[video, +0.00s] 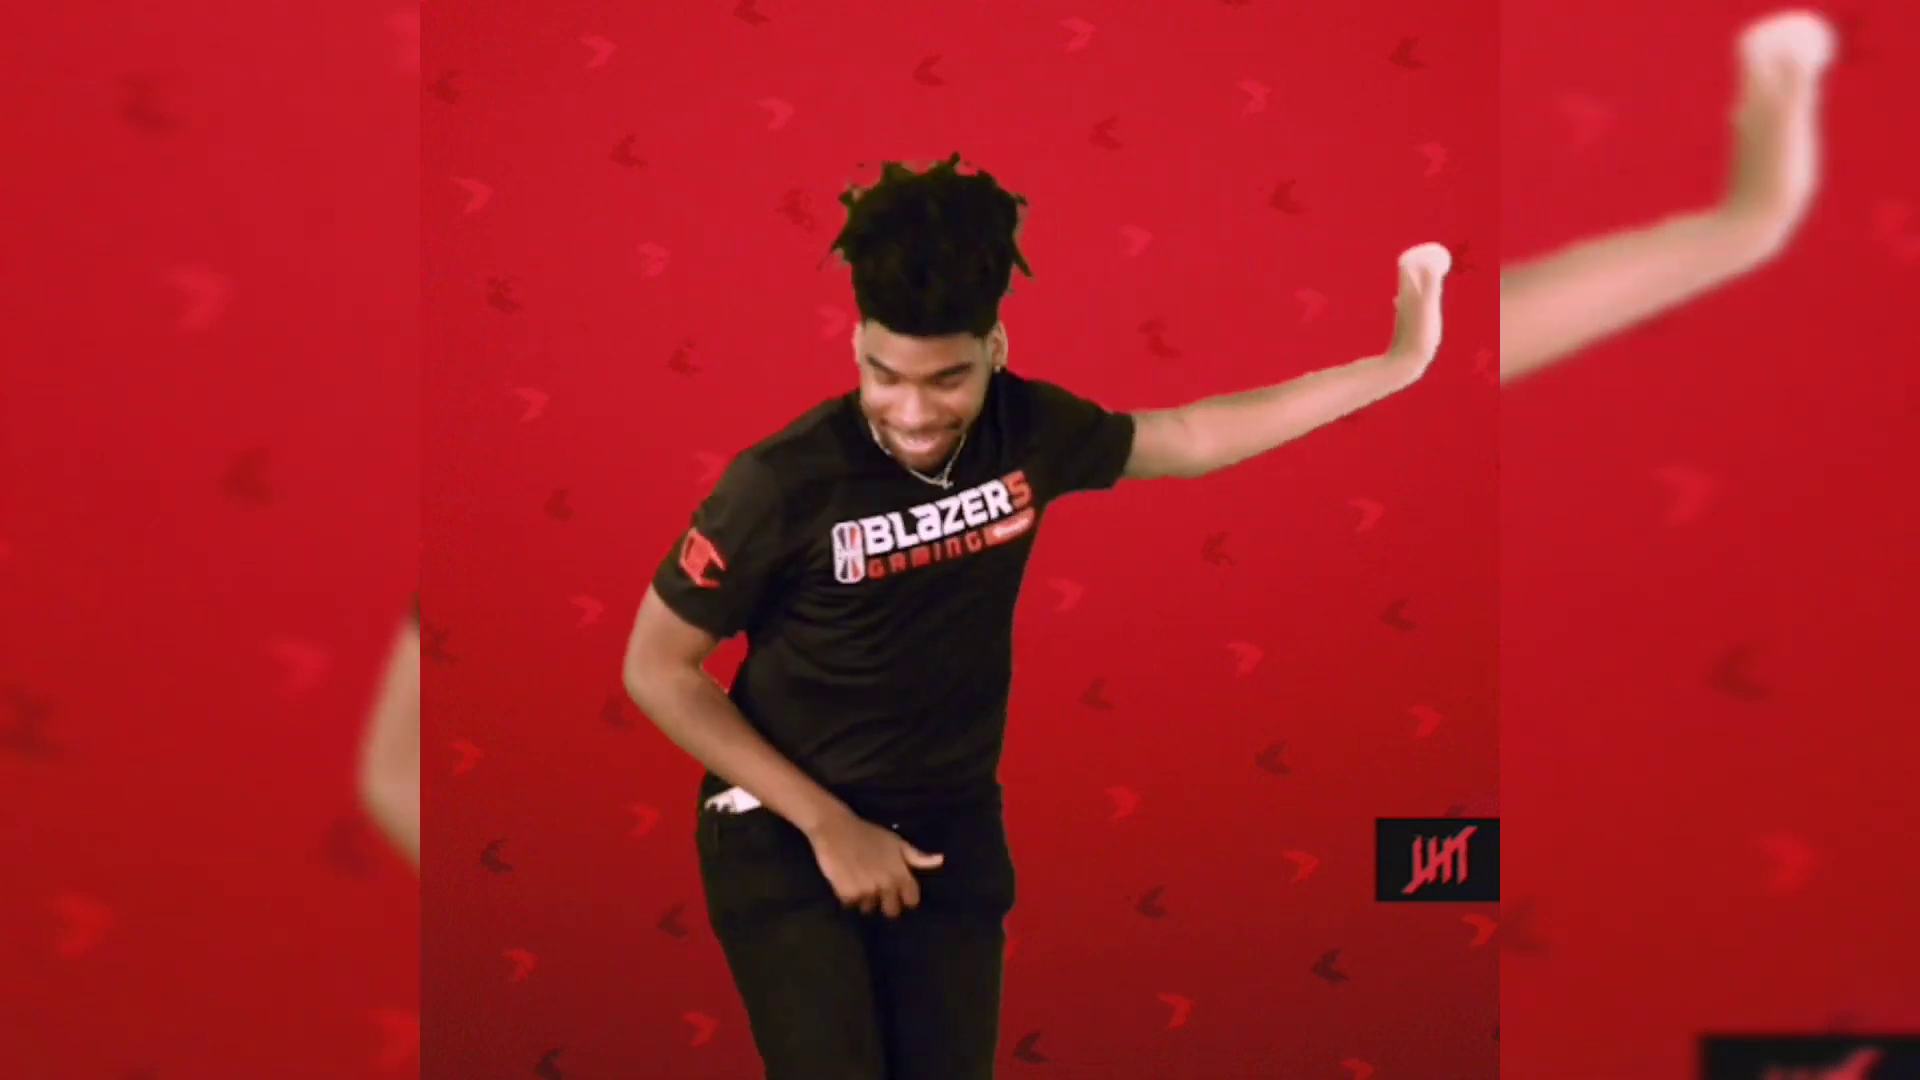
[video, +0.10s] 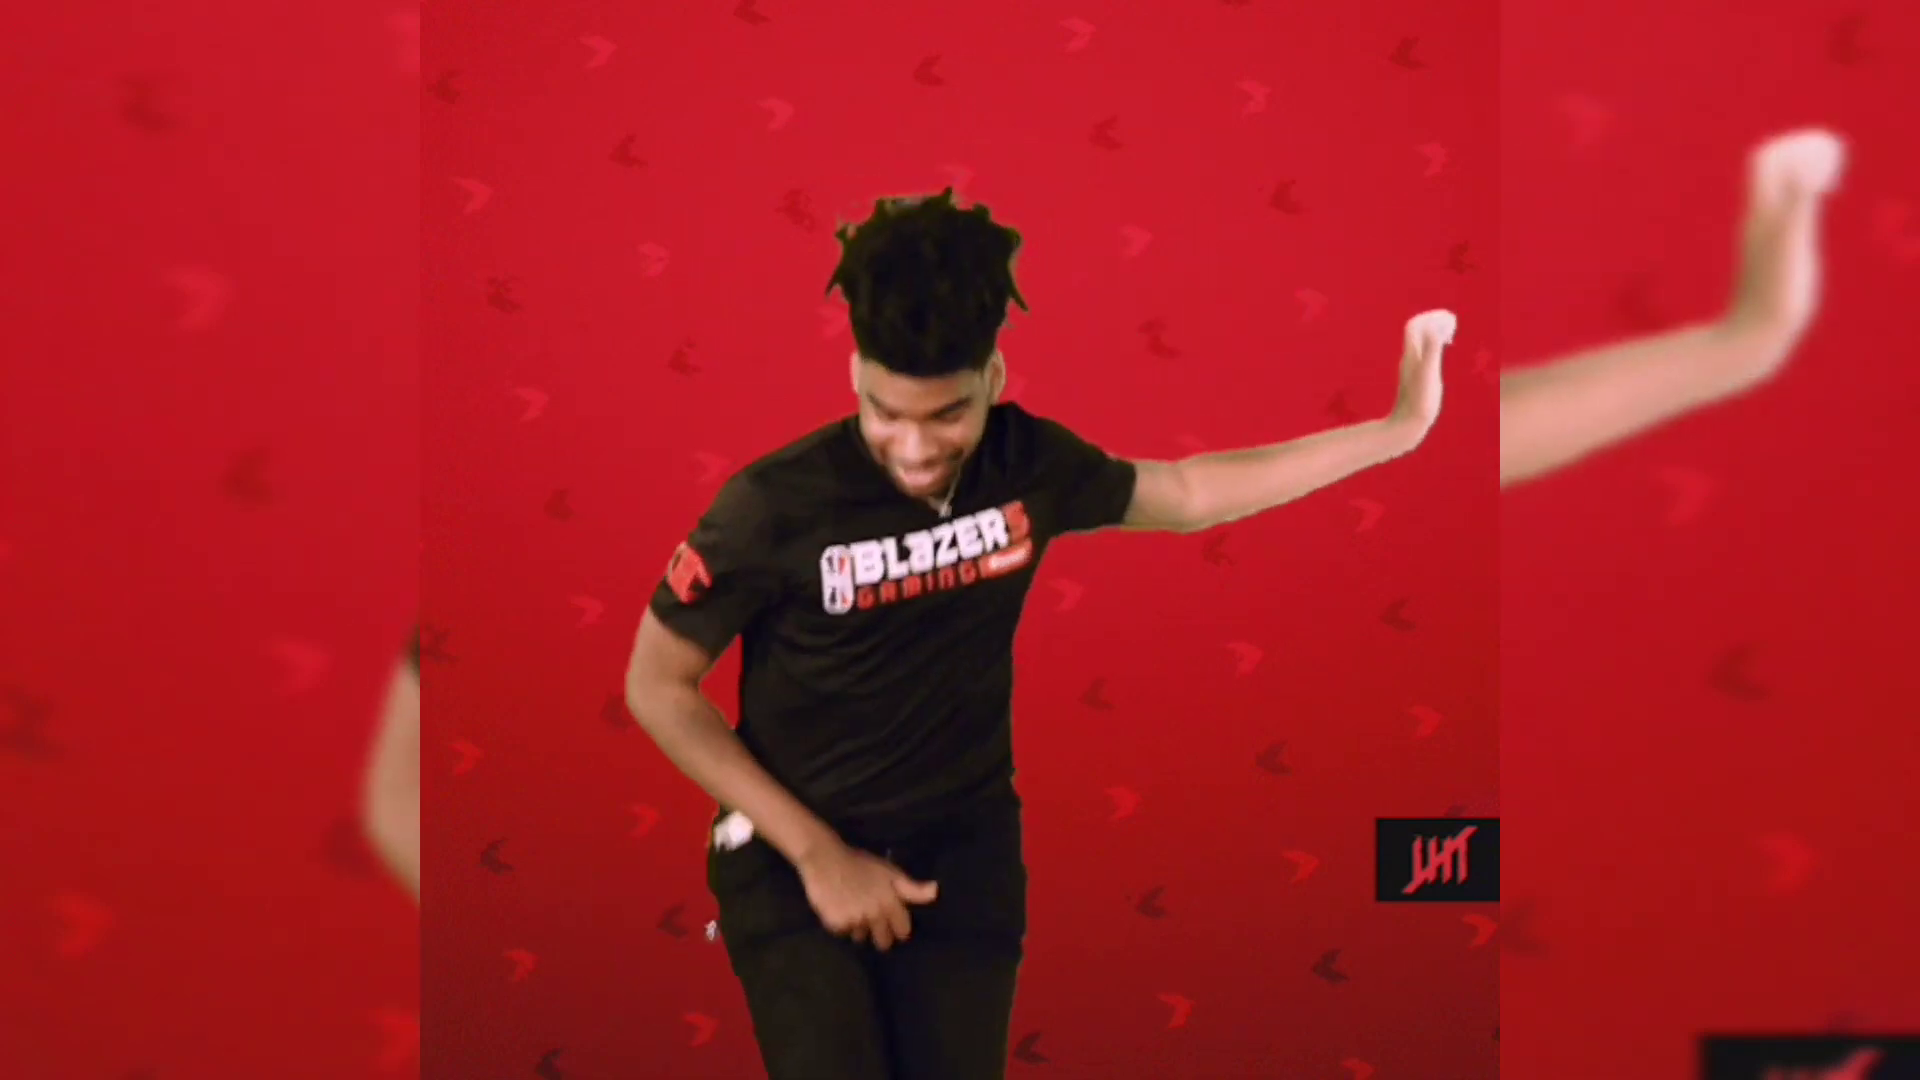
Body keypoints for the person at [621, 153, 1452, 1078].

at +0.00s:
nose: (914, 411)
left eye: (946, 377)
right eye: (885, 375)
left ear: (998, 340)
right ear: (853, 338)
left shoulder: (1034, 429)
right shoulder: (782, 484)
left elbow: (1192, 440)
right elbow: (653, 670)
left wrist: (1400, 365)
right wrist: (824, 817)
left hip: (950, 834)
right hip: (781, 839)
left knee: (954, 1061)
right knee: (837, 1059)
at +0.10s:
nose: (913, 444)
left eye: (945, 414)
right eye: (885, 413)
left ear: (995, 373)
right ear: (854, 373)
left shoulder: (1033, 462)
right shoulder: (772, 506)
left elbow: (1190, 493)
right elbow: (654, 690)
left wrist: (1398, 433)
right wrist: (816, 850)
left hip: (963, 857)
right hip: (790, 866)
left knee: (958, 1067)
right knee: (837, 1067)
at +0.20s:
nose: (900, 492)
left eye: (933, 462)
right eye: (871, 461)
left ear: (982, 417)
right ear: (839, 412)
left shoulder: (1025, 522)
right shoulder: (756, 560)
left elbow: (1196, 572)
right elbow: (669, 747)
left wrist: (1415, 532)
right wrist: (829, 901)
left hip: (983, 912)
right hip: (804, 918)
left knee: (976, 1068)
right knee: (843, 1070)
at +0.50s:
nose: (844, 438)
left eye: (876, 409)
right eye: (817, 404)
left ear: (923, 369)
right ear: (783, 359)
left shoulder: (989, 484)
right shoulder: (711, 513)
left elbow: (1174, 599)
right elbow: (674, 717)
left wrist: (1408, 670)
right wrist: (784, 871)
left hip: (960, 887)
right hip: (783, 893)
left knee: (951, 1068)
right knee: (797, 1074)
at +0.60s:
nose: (827, 431)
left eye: (860, 401)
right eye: (800, 397)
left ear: (901, 365)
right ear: (764, 353)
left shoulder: (976, 480)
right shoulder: (697, 510)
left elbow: (1162, 613)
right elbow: (666, 719)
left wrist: (1386, 702)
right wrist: (761, 877)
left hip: (947, 871)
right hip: (777, 879)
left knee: (922, 1067)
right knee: (782, 1071)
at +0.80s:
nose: (979, 367)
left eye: (1011, 337)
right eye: (951, 331)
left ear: (1050, 296)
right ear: (903, 279)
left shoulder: (1101, 426)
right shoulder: (806, 400)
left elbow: (1143, 565)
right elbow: (732, 541)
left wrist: (1126, 594)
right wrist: (770, 677)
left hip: (1010, 841)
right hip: (834, 832)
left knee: (1000, 1064)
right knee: (818, 1063)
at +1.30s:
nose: (885, 368)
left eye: (917, 337)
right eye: (855, 334)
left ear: (956, 295)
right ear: (811, 290)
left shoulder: (1029, 424)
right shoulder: (730, 423)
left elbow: (1061, 575)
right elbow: (648, 558)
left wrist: (1031, 695)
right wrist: (711, 680)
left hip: (962, 831)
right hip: (786, 826)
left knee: (946, 1063)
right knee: (799, 1062)